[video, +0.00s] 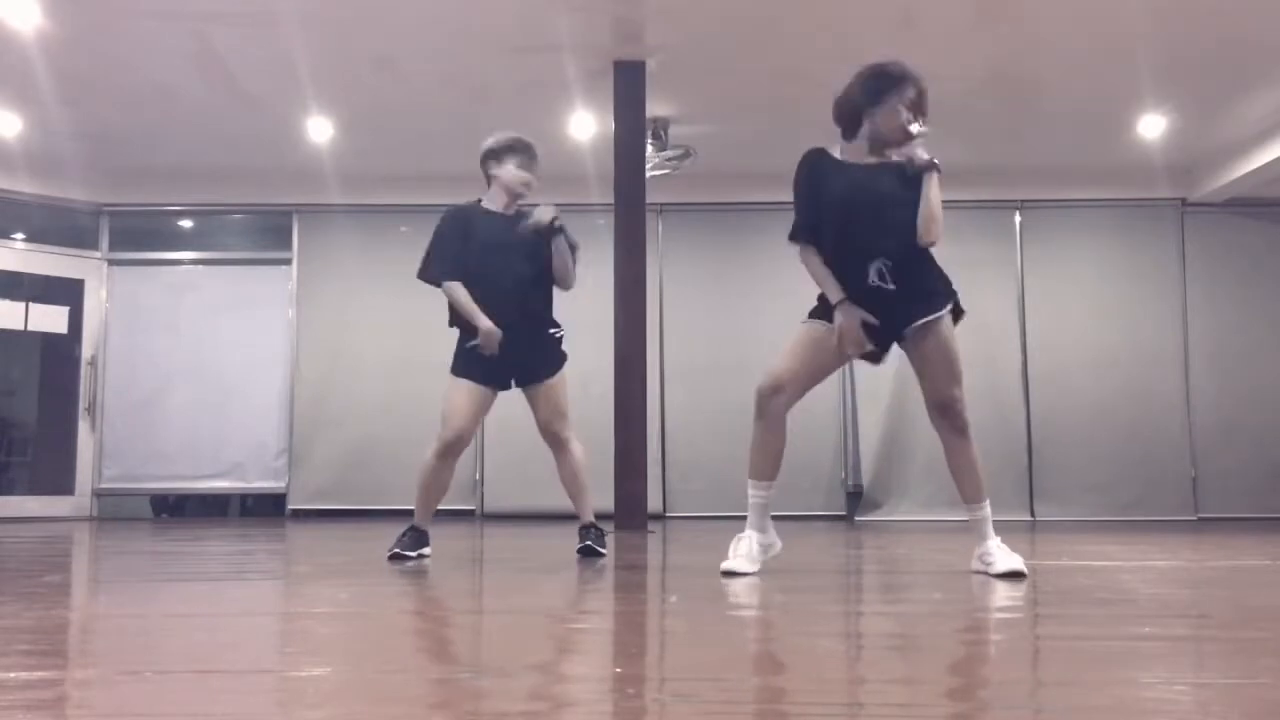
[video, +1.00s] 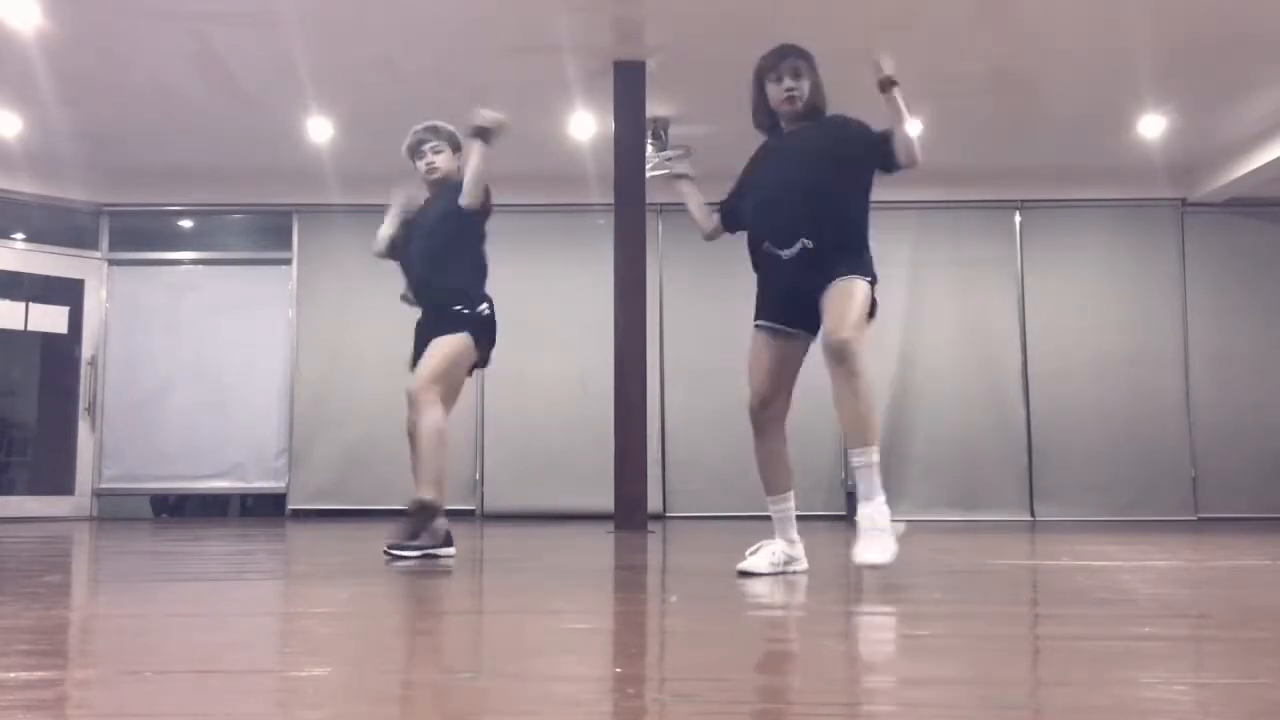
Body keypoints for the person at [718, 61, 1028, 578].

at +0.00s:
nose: (912, 121)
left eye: (916, 112)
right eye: (905, 108)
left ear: (914, 118)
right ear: (869, 107)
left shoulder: (915, 172)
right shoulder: (820, 166)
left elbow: (929, 234)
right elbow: (806, 246)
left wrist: (929, 168)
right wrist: (840, 305)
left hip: (920, 302)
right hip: (851, 305)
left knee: (952, 413)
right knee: (771, 392)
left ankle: (987, 542)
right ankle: (757, 530)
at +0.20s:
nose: (917, 118)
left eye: (919, 109)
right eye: (911, 106)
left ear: (909, 115)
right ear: (882, 106)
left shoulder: (913, 169)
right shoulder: (821, 153)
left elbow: (932, 232)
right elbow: (803, 231)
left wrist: (929, 167)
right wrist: (842, 292)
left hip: (916, 298)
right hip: (849, 300)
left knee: (950, 412)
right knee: (783, 395)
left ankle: (986, 542)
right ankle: (757, 531)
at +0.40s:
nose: (880, 108)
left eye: (888, 98)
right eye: (868, 100)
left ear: (901, 105)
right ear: (849, 108)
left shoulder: (919, 158)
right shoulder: (836, 149)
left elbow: (949, 222)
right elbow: (816, 220)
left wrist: (932, 161)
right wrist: (845, 294)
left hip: (923, 296)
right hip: (858, 297)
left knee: (959, 412)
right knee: (789, 399)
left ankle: (987, 543)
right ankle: (760, 531)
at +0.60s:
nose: (844, 125)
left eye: (855, 115)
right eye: (833, 117)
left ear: (872, 124)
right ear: (819, 128)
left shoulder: (892, 164)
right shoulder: (821, 202)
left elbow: (912, 221)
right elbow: (820, 276)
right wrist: (798, 321)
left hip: (899, 308)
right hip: (836, 316)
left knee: (971, 426)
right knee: (781, 414)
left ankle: (988, 545)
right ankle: (786, 545)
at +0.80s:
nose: (807, 123)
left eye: (816, 115)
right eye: (797, 116)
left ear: (832, 124)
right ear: (782, 127)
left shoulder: (852, 170)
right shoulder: (775, 197)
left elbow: (925, 217)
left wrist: (968, 268)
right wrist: (738, 327)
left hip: (849, 302)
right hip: (791, 309)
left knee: (893, 410)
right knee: (741, 419)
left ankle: (981, 497)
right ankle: (783, 544)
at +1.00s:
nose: (787, 86)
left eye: (797, 76)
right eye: (776, 79)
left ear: (815, 83)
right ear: (764, 92)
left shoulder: (842, 132)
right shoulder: (765, 158)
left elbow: (907, 154)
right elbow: (712, 225)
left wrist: (893, 95)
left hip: (843, 268)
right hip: (781, 282)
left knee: (841, 347)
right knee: (764, 405)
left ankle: (871, 508)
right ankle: (786, 543)